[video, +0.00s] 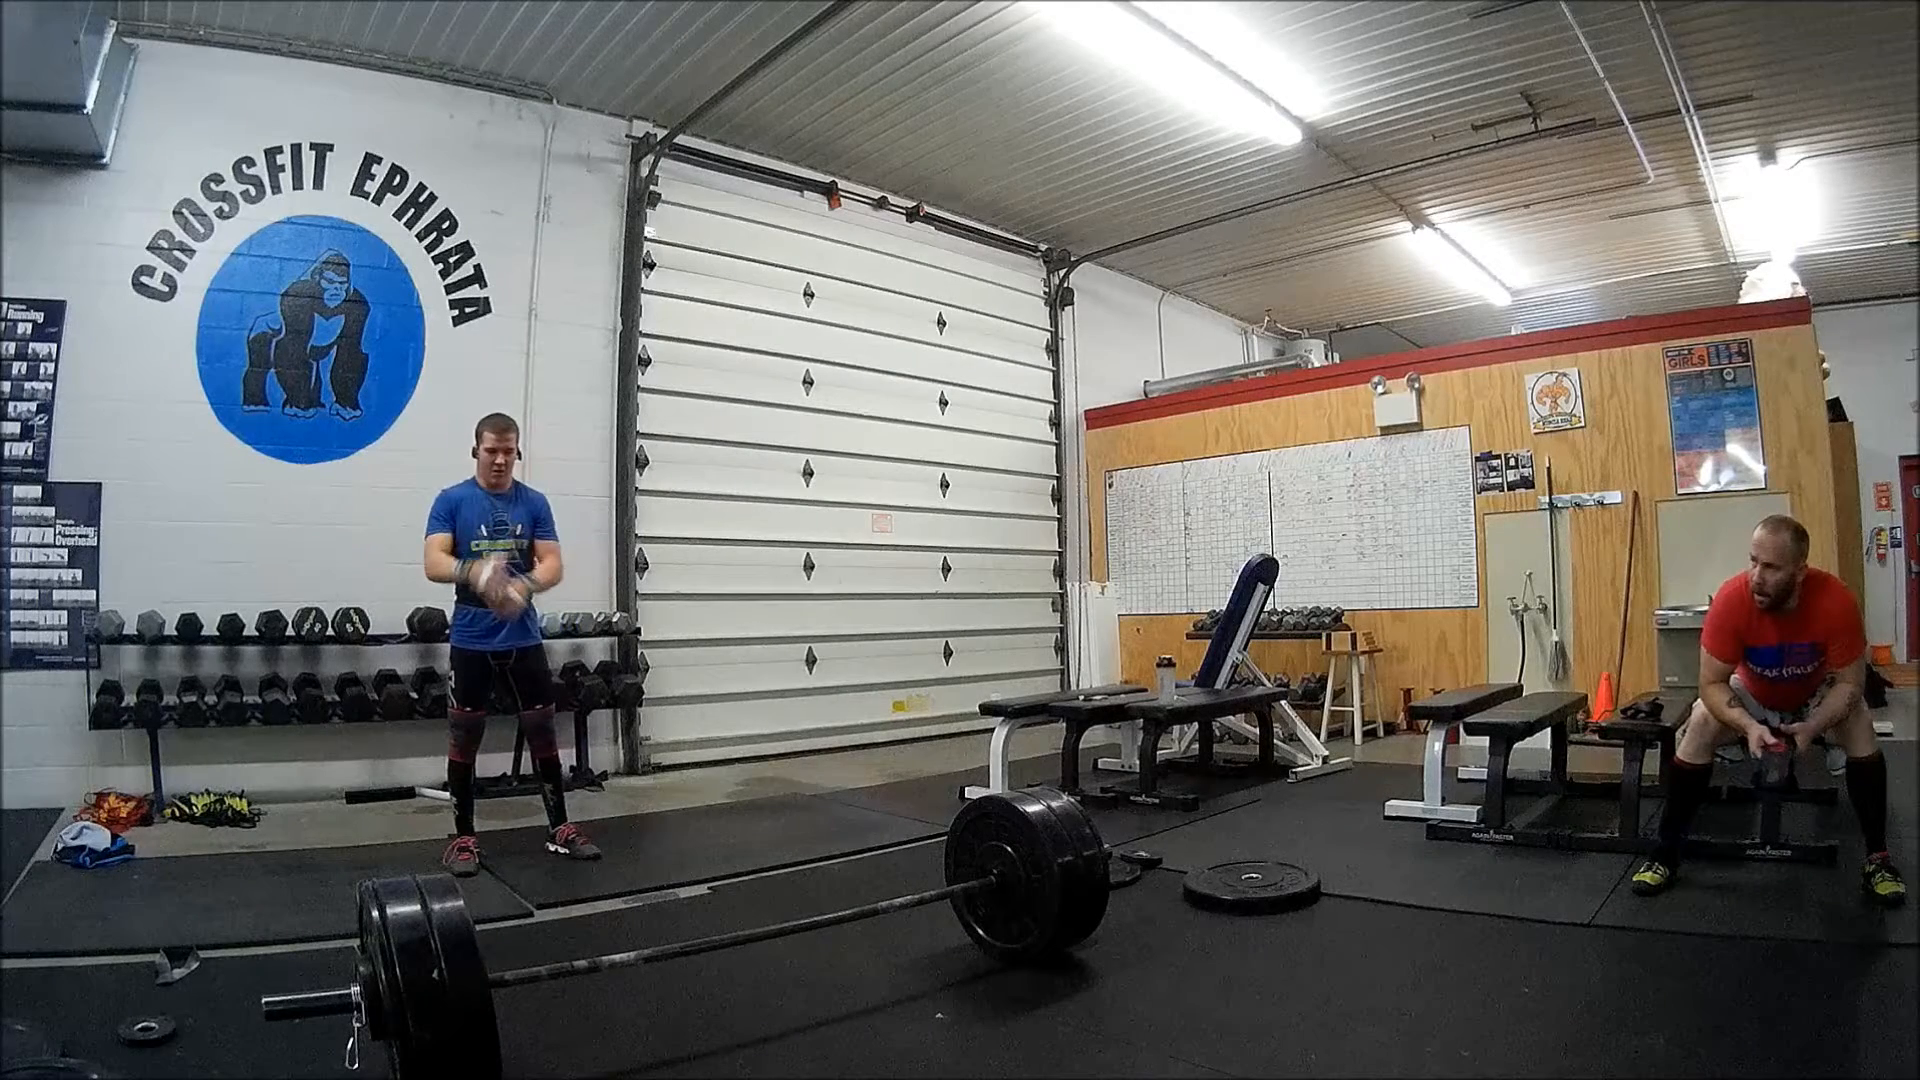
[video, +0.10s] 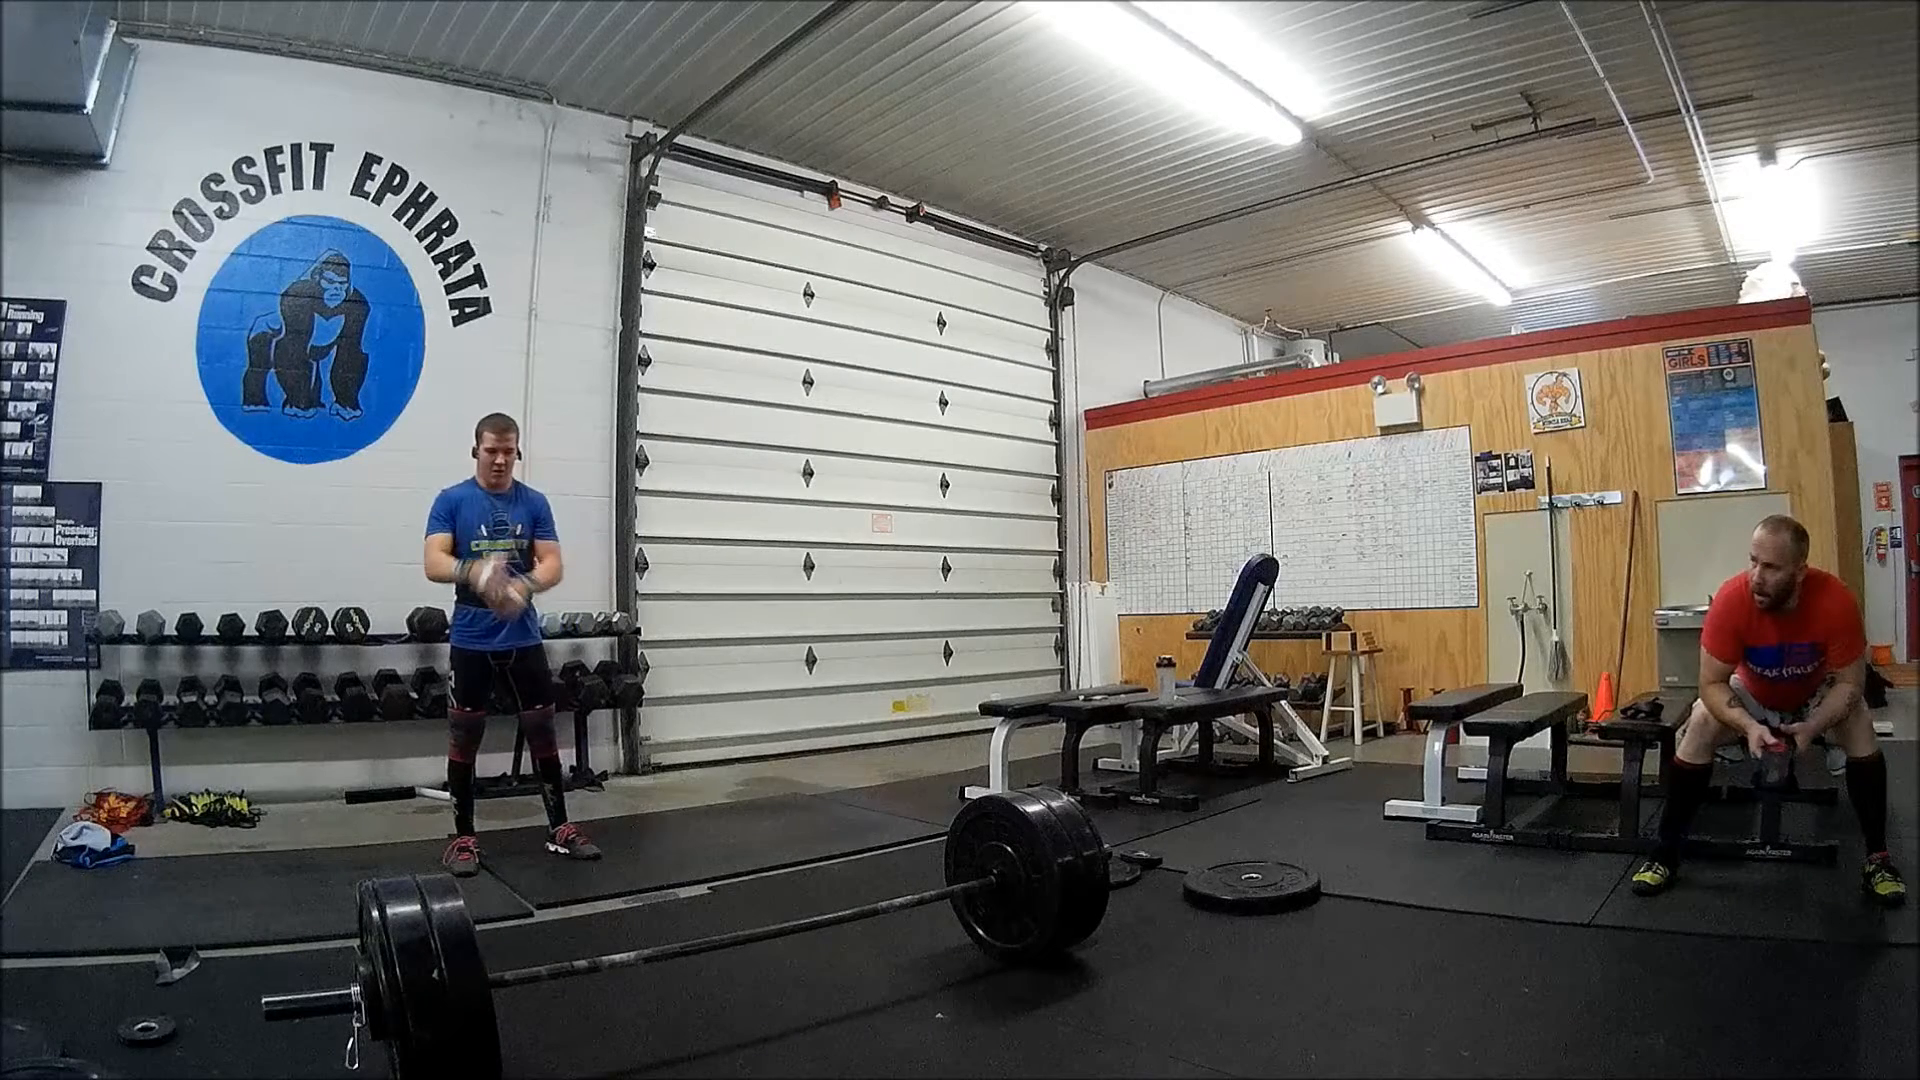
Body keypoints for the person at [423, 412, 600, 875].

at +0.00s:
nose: (499, 460)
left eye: (507, 452)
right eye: (491, 451)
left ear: (518, 453)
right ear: (476, 451)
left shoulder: (534, 503)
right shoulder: (451, 501)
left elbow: (552, 567)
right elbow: (433, 563)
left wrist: (524, 585)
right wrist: (474, 572)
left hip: (524, 641)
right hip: (471, 643)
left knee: (541, 728)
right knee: (465, 734)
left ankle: (560, 827)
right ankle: (464, 836)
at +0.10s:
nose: (499, 460)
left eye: (507, 452)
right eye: (491, 451)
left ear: (518, 454)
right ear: (476, 451)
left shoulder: (534, 503)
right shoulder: (451, 501)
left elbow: (552, 567)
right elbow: (433, 563)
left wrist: (525, 585)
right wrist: (474, 572)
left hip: (524, 641)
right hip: (471, 643)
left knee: (541, 728)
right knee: (465, 733)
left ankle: (560, 827)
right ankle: (464, 836)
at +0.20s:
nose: (499, 460)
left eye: (507, 452)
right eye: (491, 451)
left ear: (518, 454)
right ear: (476, 452)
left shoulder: (534, 503)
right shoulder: (451, 501)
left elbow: (552, 567)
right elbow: (433, 563)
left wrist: (524, 585)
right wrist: (474, 572)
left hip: (523, 641)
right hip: (471, 644)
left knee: (541, 728)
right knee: (465, 733)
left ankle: (559, 827)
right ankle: (464, 836)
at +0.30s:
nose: (499, 460)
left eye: (507, 452)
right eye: (491, 451)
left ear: (518, 454)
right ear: (475, 452)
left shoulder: (535, 504)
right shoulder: (451, 501)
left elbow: (552, 567)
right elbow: (433, 563)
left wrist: (524, 585)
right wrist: (474, 572)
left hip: (523, 641)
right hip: (471, 644)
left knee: (541, 728)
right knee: (465, 734)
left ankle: (559, 827)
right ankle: (464, 836)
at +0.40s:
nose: (499, 460)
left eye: (507, 452)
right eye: (491, 451)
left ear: (518, 454)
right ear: (475, 452)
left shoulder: (535, 504)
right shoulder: (451, 501)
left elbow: (552, 567)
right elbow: (433, 563)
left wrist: (524, 585)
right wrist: (474, 572)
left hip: (523, 641)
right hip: (471, 644)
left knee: (541, 728)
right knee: (465, 734)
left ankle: (559, 827)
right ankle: (464, 836)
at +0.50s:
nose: (499, 460)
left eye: (507, 452)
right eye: (491, 451)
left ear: (518, 454)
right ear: (475, 452)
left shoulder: (535, 504)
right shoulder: (451, 501)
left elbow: (552, 567)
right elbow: (433, 563)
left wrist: (524, 585)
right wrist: (474, 572)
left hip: (523, 641)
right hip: (471, 644)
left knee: (541, 728)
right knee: (465, 734)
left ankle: (559, 827)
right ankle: (464, 836)